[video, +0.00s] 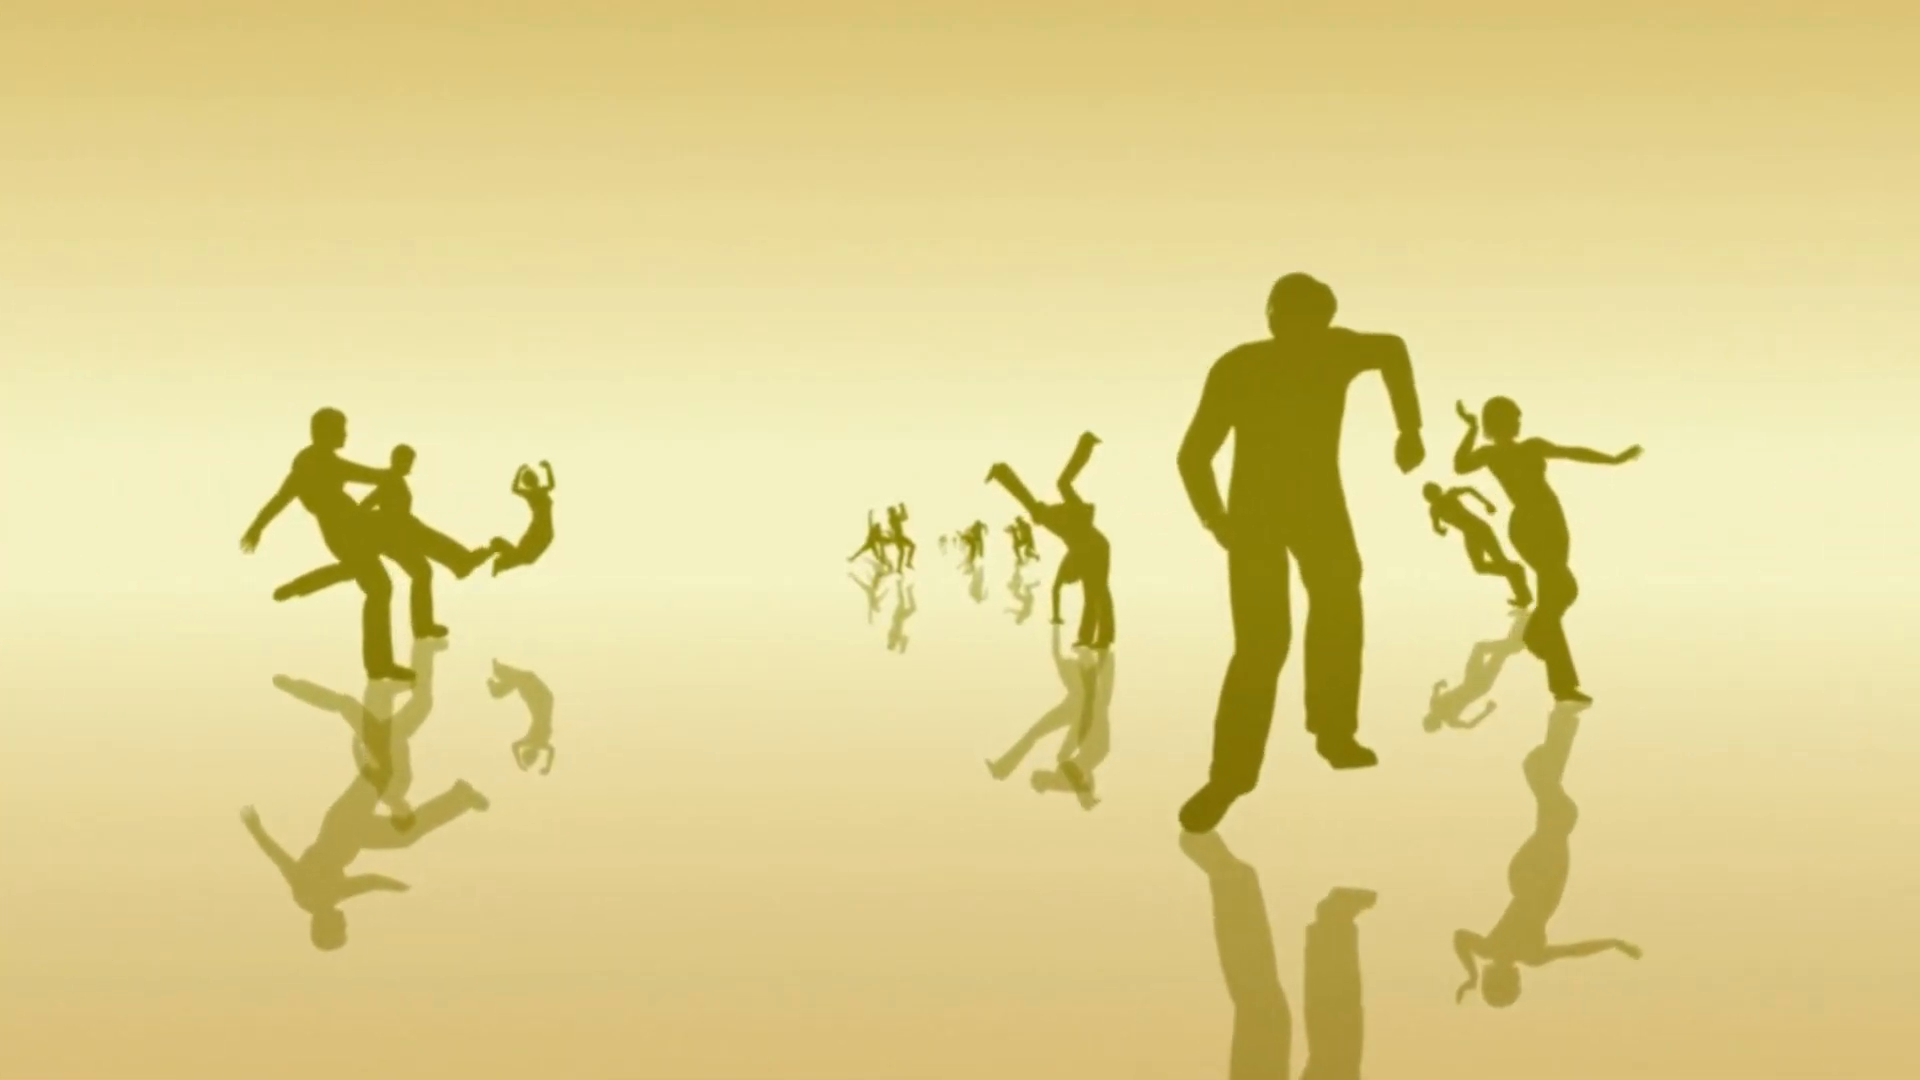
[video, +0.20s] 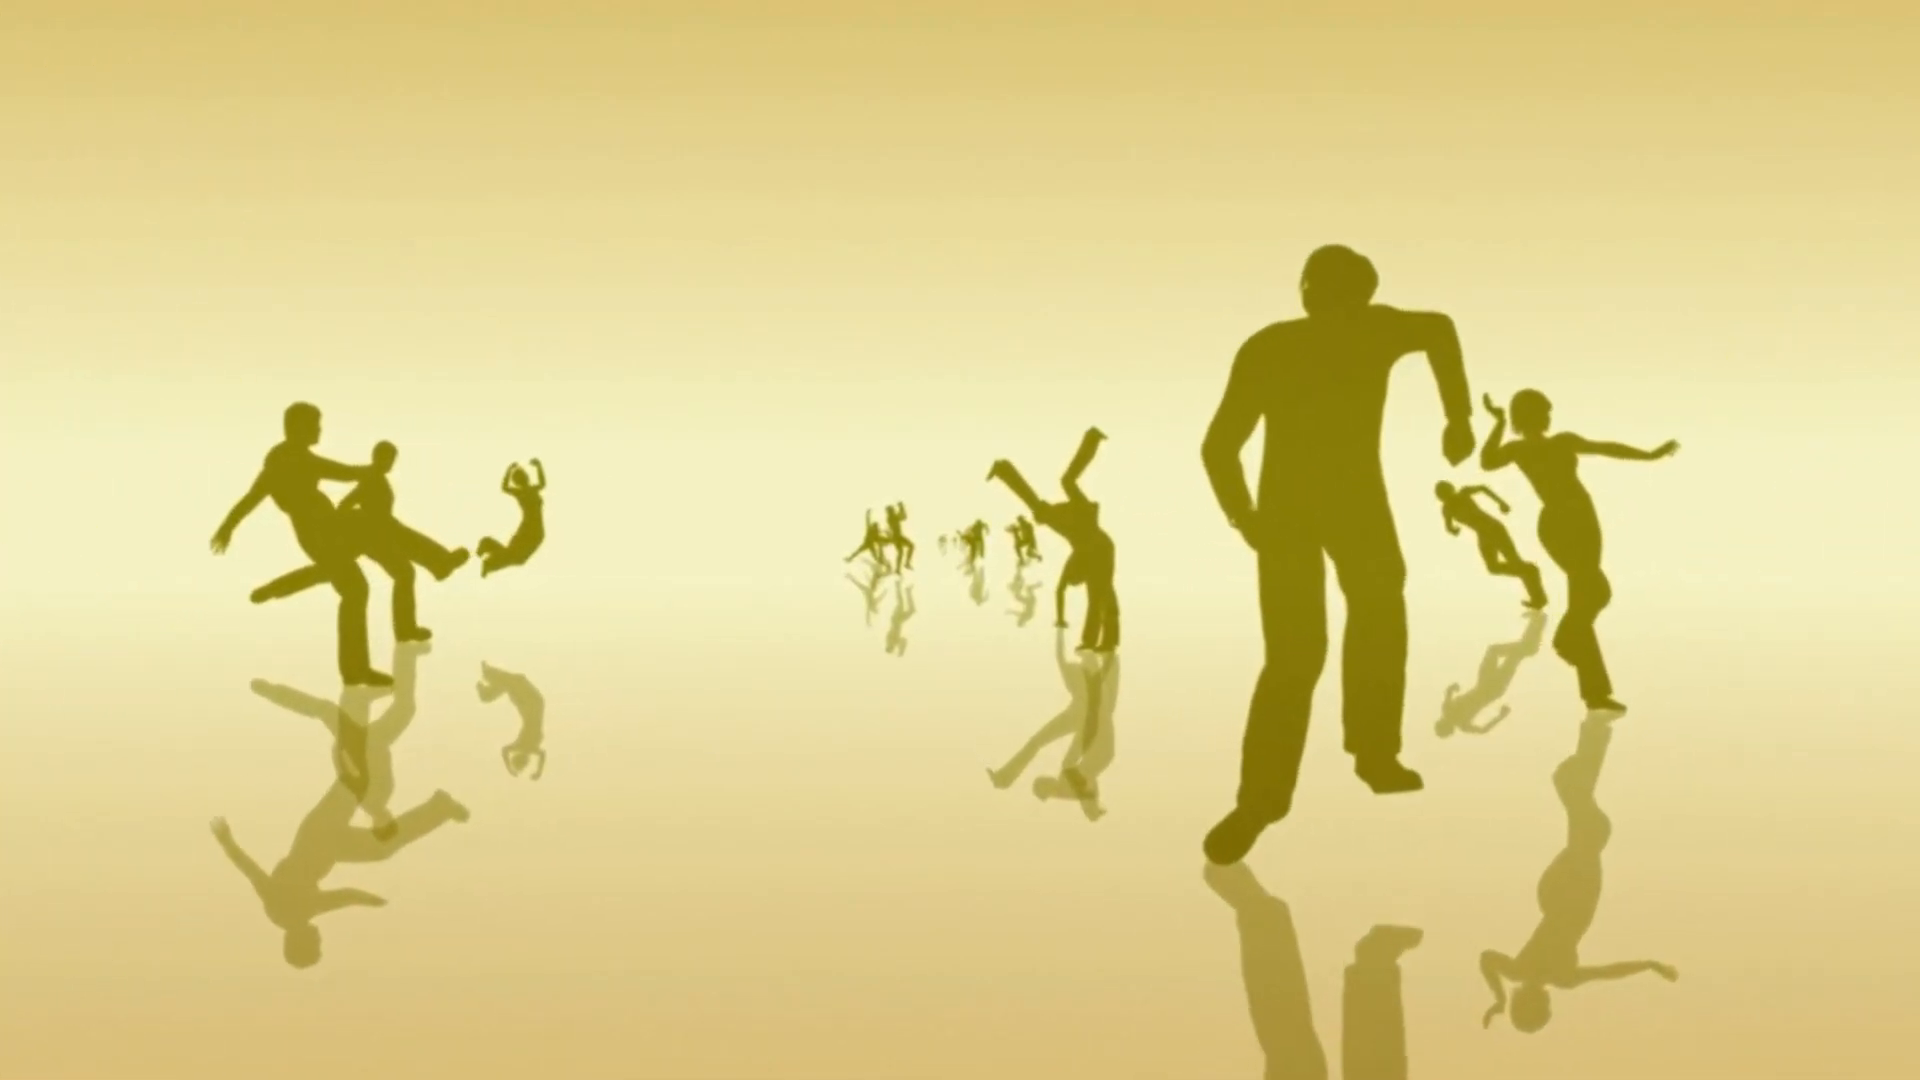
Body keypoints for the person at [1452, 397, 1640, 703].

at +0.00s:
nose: (1513, 424)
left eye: (1514, 418)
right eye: (1507, 419)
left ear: (1516, 419)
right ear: (1497, 423)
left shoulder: (1534, 446)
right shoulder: (1491, 453)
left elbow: (1573, 453)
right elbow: (1460, 465)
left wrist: (1613, 460)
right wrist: (1471, 428)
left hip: (1550, 521)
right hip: (1524, 526)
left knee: (1555, 597)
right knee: (1562, 588)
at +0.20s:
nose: (1543, 419)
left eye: (1544, 412)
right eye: (1538, 413)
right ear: (1527, 417)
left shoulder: (1565, 442)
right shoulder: (1519, 449)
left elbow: (1607, 449)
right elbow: (1487, 461)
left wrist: (1649, 455)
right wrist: (1498, 422)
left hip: (1581, 520)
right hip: (1555, 525)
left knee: (1592, 594)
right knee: (1592, 593)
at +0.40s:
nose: (1577, 411)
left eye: (1577, 404)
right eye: (1570, 405)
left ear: (1580, 406)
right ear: (1557, 410)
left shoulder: (1599, 436)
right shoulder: (1551, 444)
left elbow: (1643, 444)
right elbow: (1517, 457)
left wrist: (1688, 451)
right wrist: (1509, 425)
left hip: (1617, 518)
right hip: (1588, 523)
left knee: (1625, 598)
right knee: (1630, 594)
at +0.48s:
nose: (1600, 406)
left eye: (1599, 399)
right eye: (1594, 400)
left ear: (1597, 401)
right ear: (1579, 404)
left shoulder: (1619, 432)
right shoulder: (1572, 437)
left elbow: (1667, 440)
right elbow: (1536, 454)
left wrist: (1713, 447)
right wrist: (1549, 411)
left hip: (1638, 518)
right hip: (1613, 523)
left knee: (1648, 601)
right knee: (1652, 597)